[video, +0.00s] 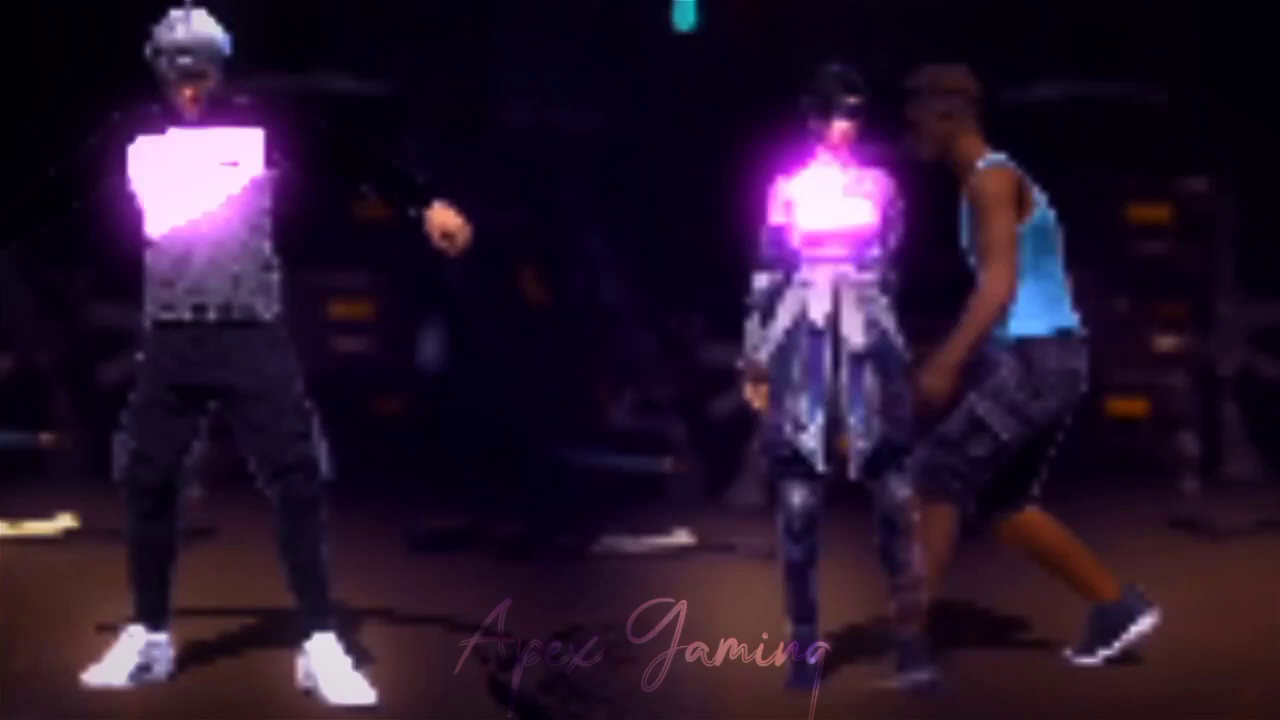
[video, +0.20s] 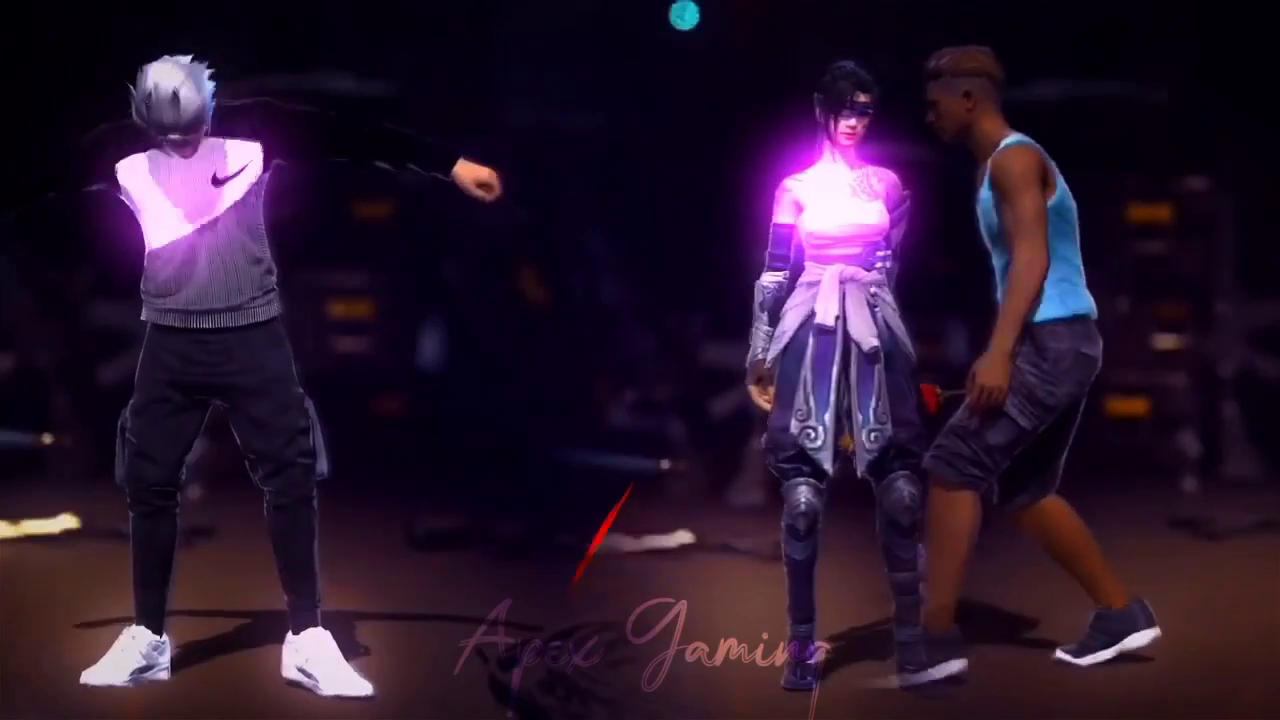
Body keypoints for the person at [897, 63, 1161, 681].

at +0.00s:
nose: (915, 137)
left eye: (920, 124)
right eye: (914, 125)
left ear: (949, 119)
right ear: (958, 120)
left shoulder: (992, 180)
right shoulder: (999, 177)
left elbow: (998, 285)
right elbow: (1005, 287)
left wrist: (945, 363)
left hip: (1036, 354)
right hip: (1050, 353)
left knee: (937, 477)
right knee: (1006, 502)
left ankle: (910, 636)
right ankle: (1115, 605)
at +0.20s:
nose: (932, 117)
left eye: (936, 105)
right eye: (930, 106)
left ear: (971, 99)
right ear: (974, 102)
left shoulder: (1015, 158)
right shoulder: (1003, 162)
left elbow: (1032, 261)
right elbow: (1024, 268)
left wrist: (999, 355)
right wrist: (993, 360)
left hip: (1052, 341)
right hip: (1059, 340)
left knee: (952, 467)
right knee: (1024, 489)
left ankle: (935, 637)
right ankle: (1119, 612)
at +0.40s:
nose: (970, 92)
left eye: (977, 81)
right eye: (971, 82)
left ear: (1015, 80)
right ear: (1010, 82)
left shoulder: (1056, 143)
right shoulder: (1032, 151)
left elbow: (1083, 237)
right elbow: (1046, 258)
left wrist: (1076, 336)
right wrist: (1025, 351)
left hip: (1065, 331)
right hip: (1065, 330)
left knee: (983, 463)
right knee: (1059, 481)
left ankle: (1005, 630)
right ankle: (1120, 621)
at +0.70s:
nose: (1030, 76)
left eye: (1037, 65)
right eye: (1030, 65)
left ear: (1074, 66)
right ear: (1068, 67)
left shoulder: (1111, 130)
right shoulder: (1075, 138)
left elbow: (1152, 216)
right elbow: (1093, 234)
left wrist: (1162, 318)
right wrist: (1070, 321)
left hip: (1104, 317)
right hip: (1092, 315)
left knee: (1051, 465)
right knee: (1113, 474)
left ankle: (1108, 622)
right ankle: (1124, 621)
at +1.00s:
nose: (1085, 70)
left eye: (1095, 59)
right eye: (1086, 60)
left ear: (1133, 61)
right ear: (1123, 64)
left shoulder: (1170, 131)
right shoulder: (1120, 139)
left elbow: (1211, 223)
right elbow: (1124, 240)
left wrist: (1217, 322)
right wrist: (1107, 327)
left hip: (1153, 319)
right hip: (1117, 321)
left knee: (1152, 474)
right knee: (1122, 475)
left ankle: (1199, 634)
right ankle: (1121, 625)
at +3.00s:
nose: (1113, 67)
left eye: (1123, 57)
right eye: (1114, 57)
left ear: (1159, 62)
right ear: (1141, 64)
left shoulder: (1200, 135)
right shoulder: (1132, 141)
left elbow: (1233, 232)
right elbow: (1133, 241)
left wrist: (1227, 327)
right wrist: (1117, 325)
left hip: (1173, 319)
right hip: (1125, 322)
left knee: (1190, 477)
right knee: (1117, 471)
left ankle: (1216, 636)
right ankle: (1121, 622)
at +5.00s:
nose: (1112, 68)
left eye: (1122, 58)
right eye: (1113, 58)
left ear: (1159, 62)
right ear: (1142, 64)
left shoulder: (1201, 135)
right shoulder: (1133, 140)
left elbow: (1233, 233)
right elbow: (1135, 240)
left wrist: (1227, 326)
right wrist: (1118, 322)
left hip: (1172, 319)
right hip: (1125, 322)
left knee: (1189, 477)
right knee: (1118, 473)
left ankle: (1216, 636)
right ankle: (1121, 624)